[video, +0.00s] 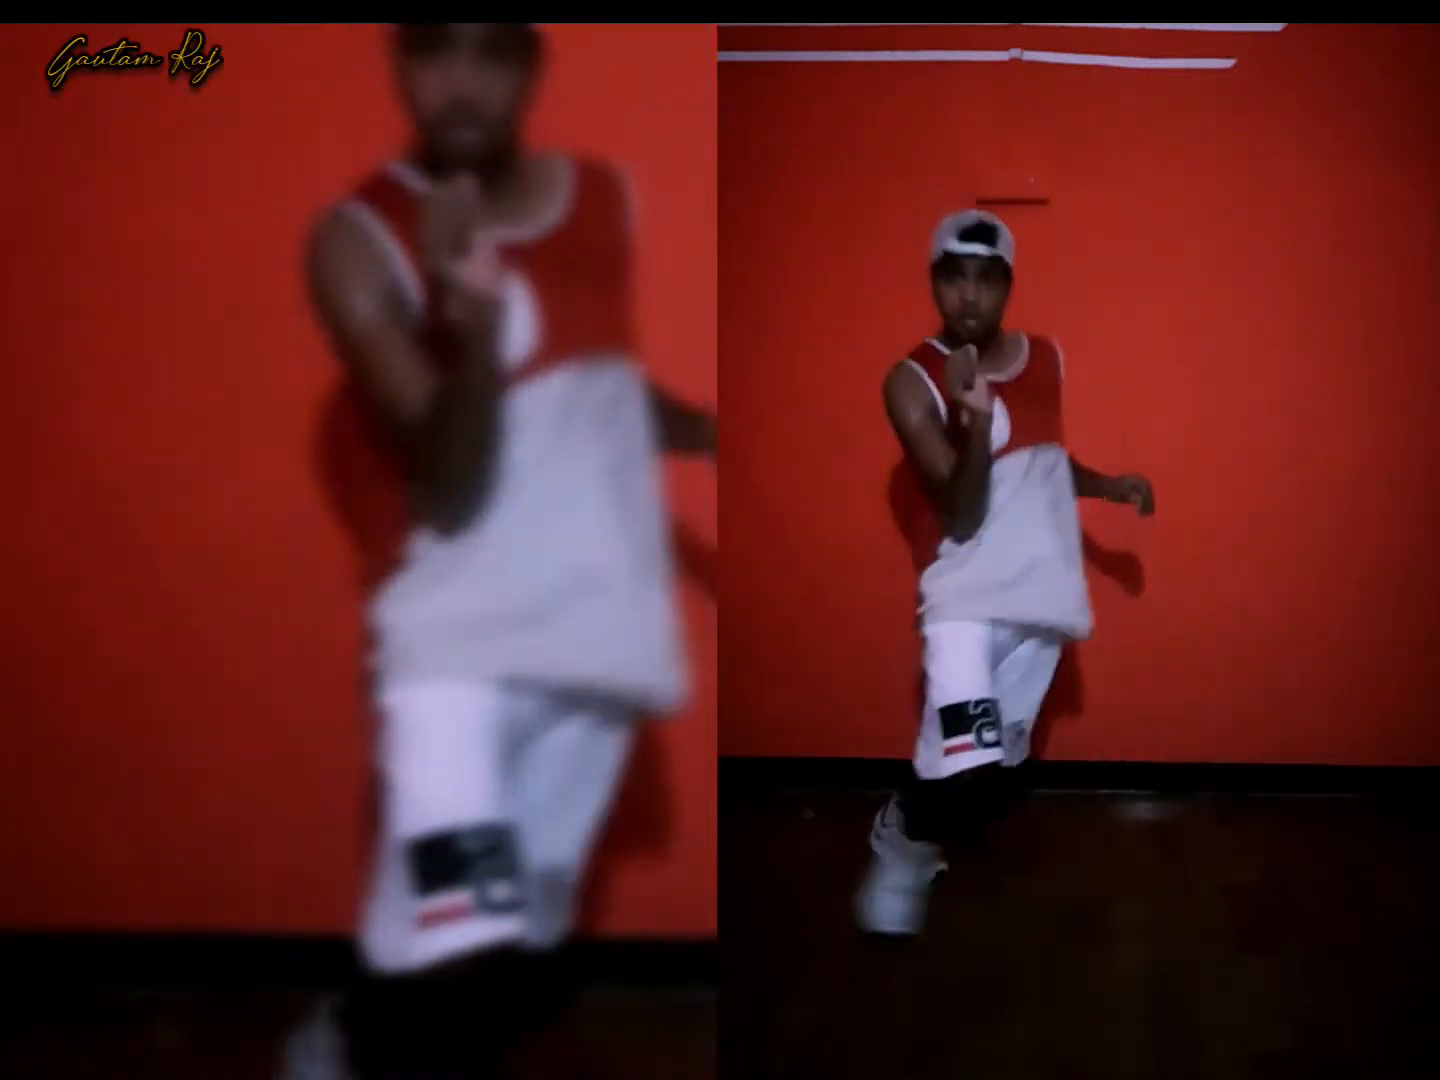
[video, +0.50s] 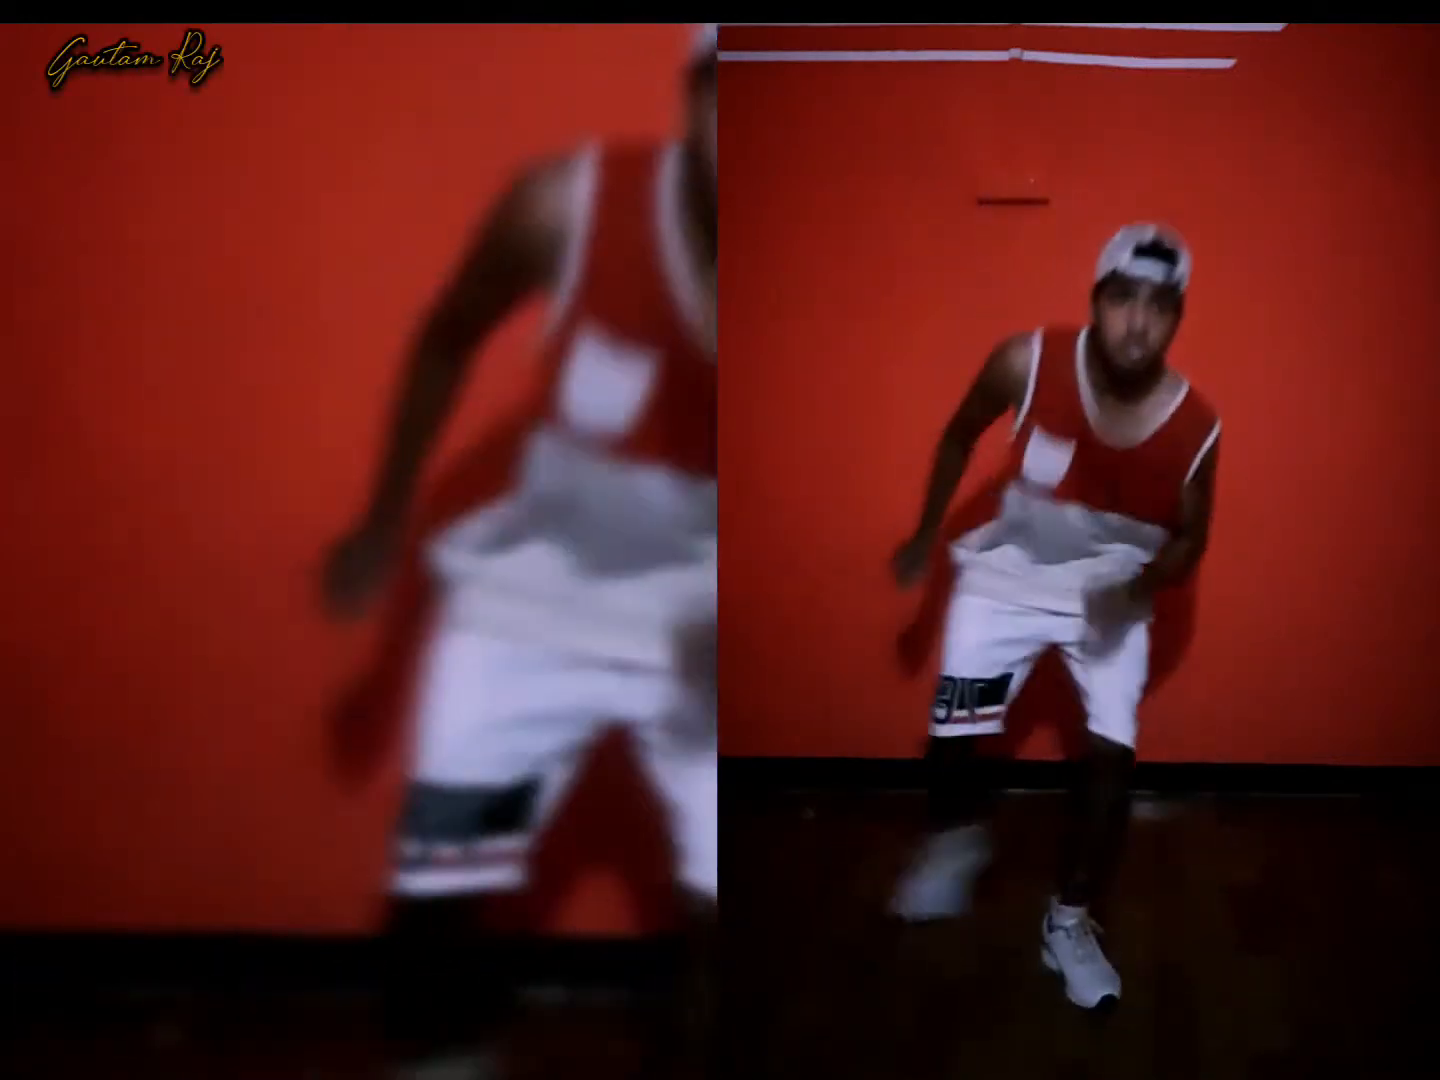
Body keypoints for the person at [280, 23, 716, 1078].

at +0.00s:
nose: (460, 85)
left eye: (490, 55)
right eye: (434, 54)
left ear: (533, 71)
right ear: (401, 72)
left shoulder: (595, 197)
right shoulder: (362, 237)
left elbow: (595, 386)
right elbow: (444, 485)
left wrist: (723, 435)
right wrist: (468, 337)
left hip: (600, 629)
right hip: (456, 633)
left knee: (527, 962)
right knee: (450, 955)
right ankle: (330, 1053)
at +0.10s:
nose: (519, 68)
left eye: (551, 42)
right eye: (496, 39)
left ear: (596, 58)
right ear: (463, 50)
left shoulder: (631, 194)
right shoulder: (387, 184)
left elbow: (630, 391)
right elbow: (349, 439)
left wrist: (740, 431)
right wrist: (426, 405)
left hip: (575, 625)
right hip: (422, 608)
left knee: (512, 965)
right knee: (406, 940)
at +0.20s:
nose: (603, 47)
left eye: (632, 25)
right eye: (579, 22)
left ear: (671, 43)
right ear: (537, 34)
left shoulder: (694, 176)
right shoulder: (450, 157)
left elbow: (679, 341)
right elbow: (298, 388)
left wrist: (770, 441)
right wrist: (345, 545)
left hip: (562, 590)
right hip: (395, 584)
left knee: (610, 864)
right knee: (355, 899)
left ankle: (457, 1041)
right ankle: (302, 1078)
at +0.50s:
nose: (734, 123)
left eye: (750, 98)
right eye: (720, 91)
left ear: (786, 120)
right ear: (690, 95)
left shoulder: (799, 249)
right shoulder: (573, 201)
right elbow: (447, 340)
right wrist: (385, 519)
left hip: (704, 605)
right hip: (529, 588)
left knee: (734, 906)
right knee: (441, 888)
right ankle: (437, 1069)